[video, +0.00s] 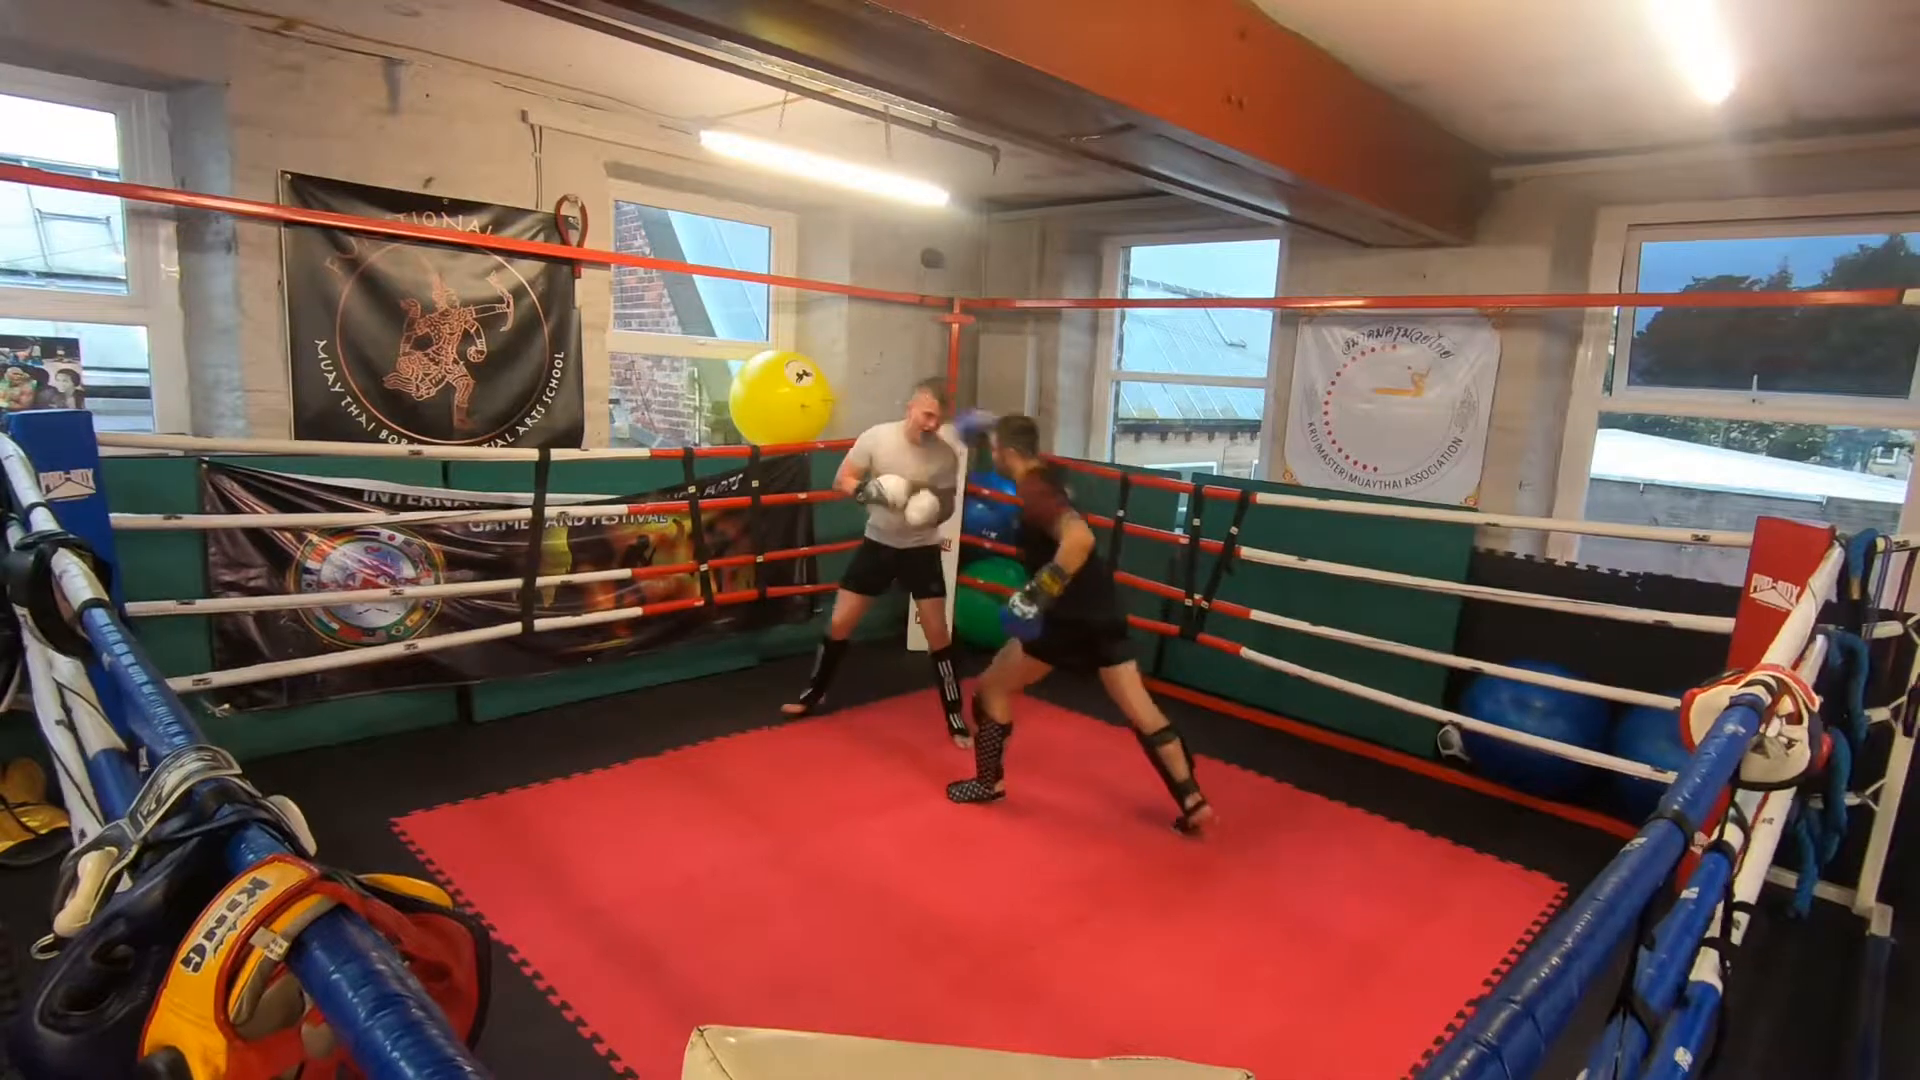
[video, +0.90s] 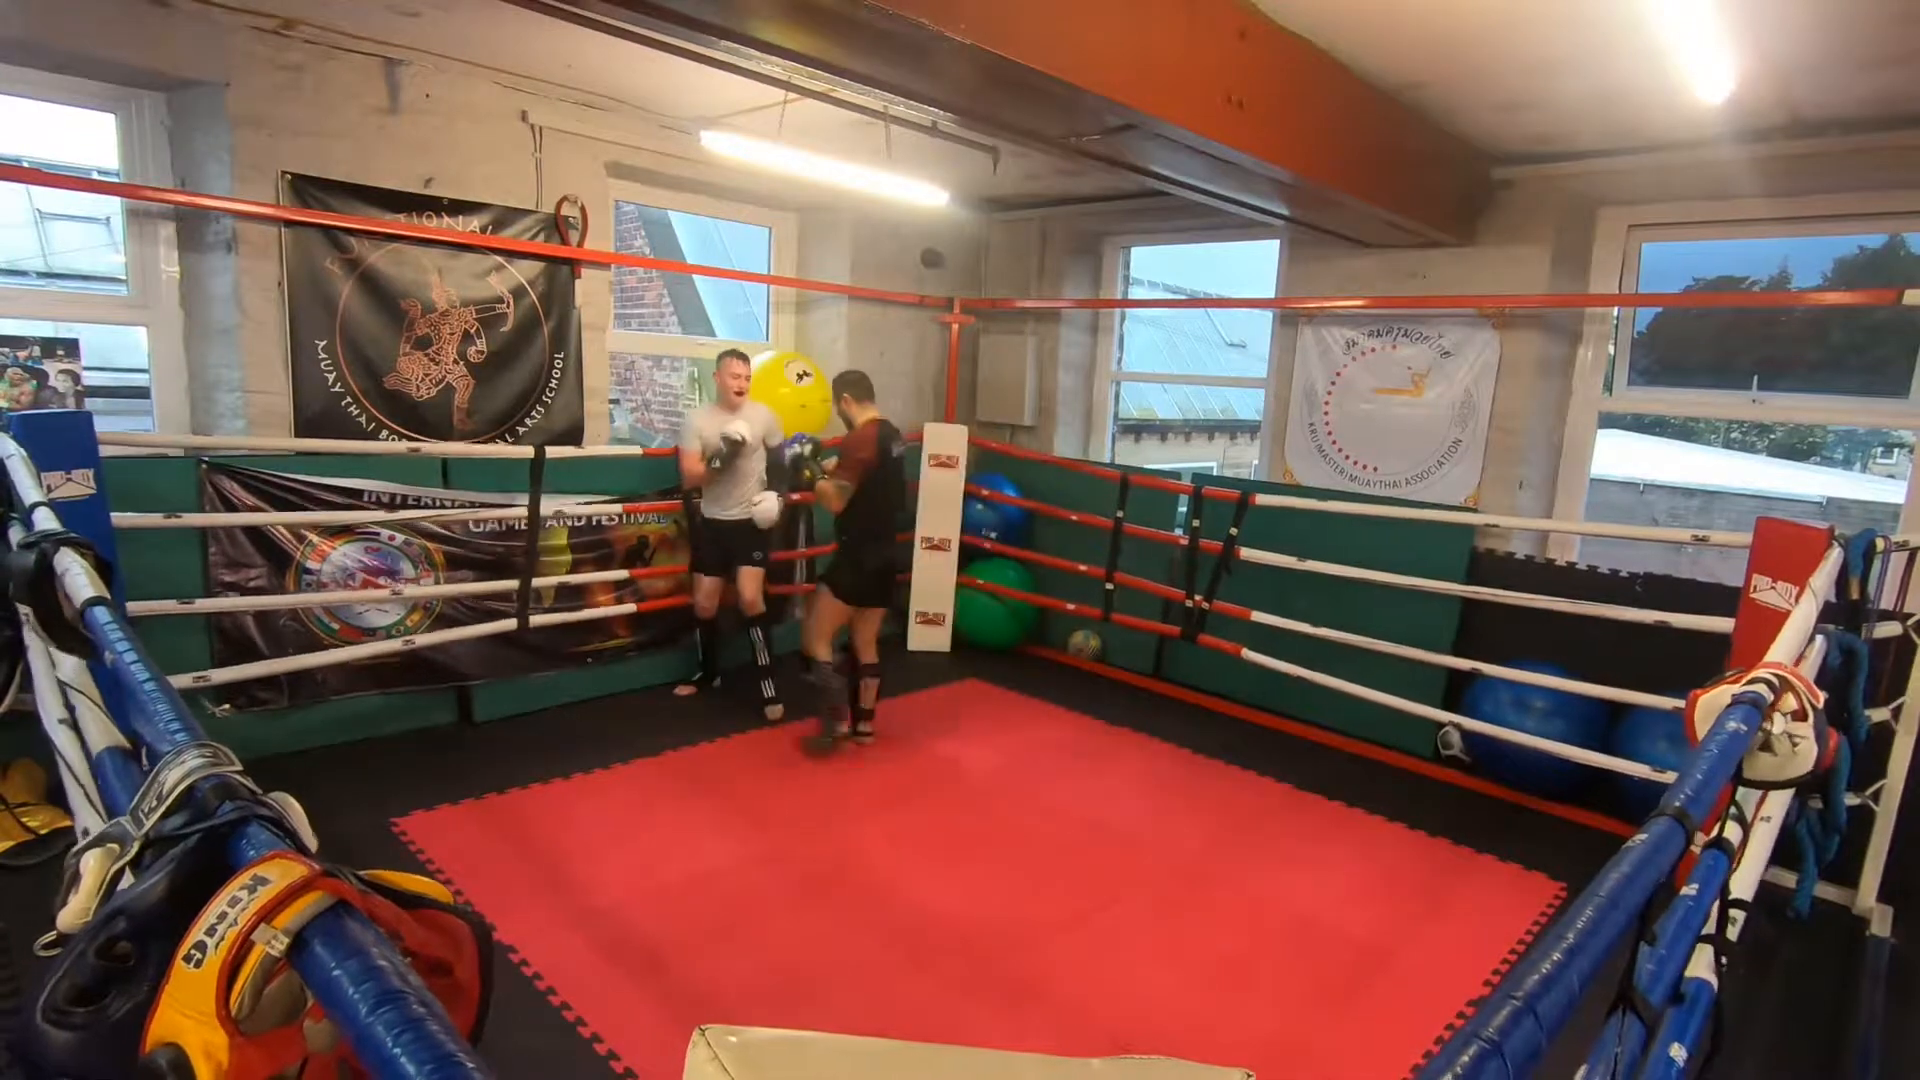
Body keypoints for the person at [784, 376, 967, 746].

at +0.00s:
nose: (930, 424)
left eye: (936, 418)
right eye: (925, 415)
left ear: (941, 418)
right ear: (909, 408)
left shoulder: (945, 455)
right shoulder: (876, 438)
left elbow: (948, 506)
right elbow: (842, 480)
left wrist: (932, 510)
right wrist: (867, 490)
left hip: (921, 550)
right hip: (876, 546)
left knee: (937, 632)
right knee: (841, 621)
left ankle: (955, 718)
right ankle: (813, 695)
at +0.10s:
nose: (876, 408)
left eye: (883, 401)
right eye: (870, 400)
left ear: (895, 404)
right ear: (862, 403)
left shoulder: (913, 446)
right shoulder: (844, 445)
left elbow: (938, 489)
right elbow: (825, 501)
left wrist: (925, 522)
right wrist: (853, 484)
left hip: (907, 555)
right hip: (862, 552)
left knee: (929, 638)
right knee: (824, 626)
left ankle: (954, 721)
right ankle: (801, 706)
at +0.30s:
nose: (807, 377)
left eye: (812, 370)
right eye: (800, 371)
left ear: (820, 375)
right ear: (787, 377)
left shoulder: (843, 413)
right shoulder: (775, 421)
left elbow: (881, 451)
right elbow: (772, 479)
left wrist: (908, 484)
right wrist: (806, 465)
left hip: (847, 525)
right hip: (803, 529)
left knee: (870, 608)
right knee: (796, 616)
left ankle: (901, 693)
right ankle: (798, 704)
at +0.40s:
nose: (790, 367)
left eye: (794, 360)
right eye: (782, 360)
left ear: (802, 364)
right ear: (768, 365)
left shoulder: (822, 401)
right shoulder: (751, 410)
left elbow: (856, 440)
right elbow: (746, 468)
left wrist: (877, 475)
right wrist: (773, 454)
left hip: (819, 510)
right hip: (773, 513)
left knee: (833, 596)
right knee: (766, 598)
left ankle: (851, 682)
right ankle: (768, 686)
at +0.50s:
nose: (769, 377)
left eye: (774, 371)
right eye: (761, 371)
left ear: (780, 374)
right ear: (746, 374)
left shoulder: (799, 411)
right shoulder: (729, 418)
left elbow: (827, 450)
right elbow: (721, 474)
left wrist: (837, 473)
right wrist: (748, 460)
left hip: (796, 517)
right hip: (753, 520)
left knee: (803, 603)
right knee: (733, 604)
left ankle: (812, 686)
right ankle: (716, 670)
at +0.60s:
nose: (753, 395)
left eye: (758, 389)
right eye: (746, 389)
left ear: (762, 394)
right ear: (729, 393)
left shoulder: (779, 433)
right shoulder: (712, 436)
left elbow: (801, 479)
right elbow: (698, 489)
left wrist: (807, 517)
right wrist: (726, 480)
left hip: (772, 539)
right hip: (727, 539)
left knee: (781, 616)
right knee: (712, 615)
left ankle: (795, 697)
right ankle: (698, 677)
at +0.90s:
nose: (741, 383)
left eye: (746, 377)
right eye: (734, 376)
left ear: (750, 381)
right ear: (717, 378)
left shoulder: (762, 416)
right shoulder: (698, 420)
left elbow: (783, 464)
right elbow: (690, 477)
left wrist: (776, 495)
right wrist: (719, 459)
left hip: (751, 520)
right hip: (711, 522)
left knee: (750, 598)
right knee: (704, 604)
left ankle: (768, 689)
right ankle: (707, 675)